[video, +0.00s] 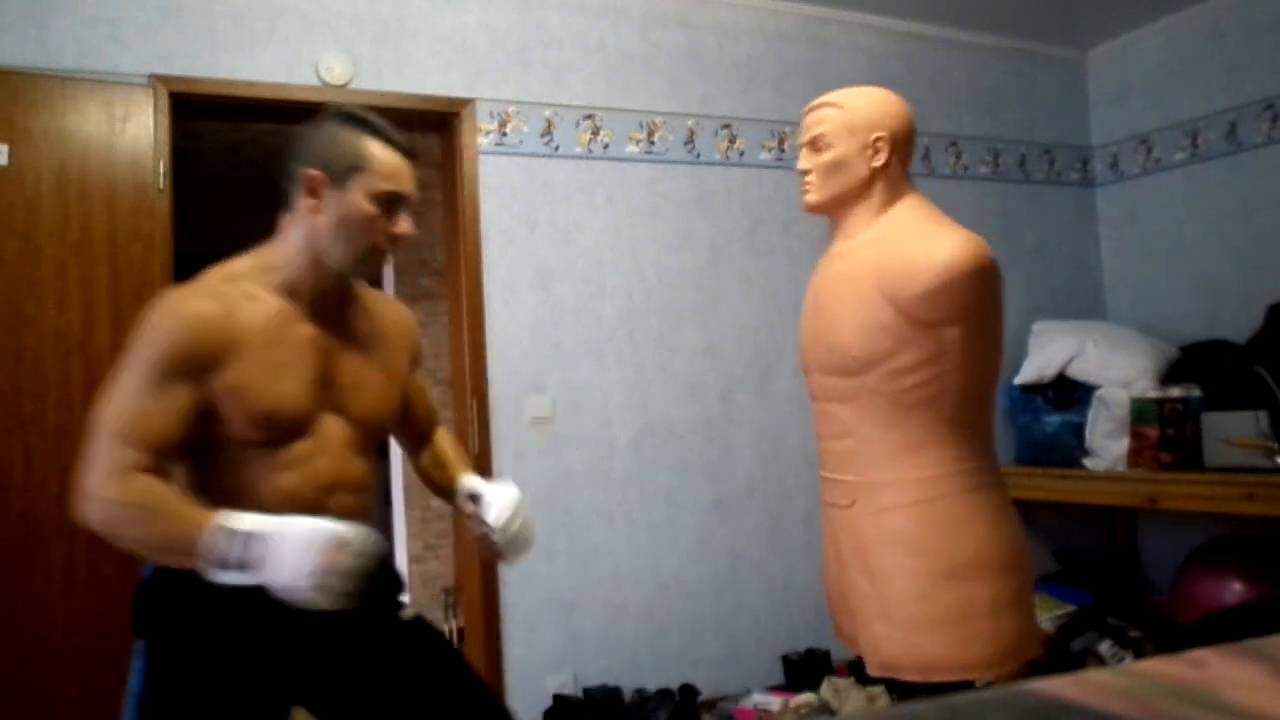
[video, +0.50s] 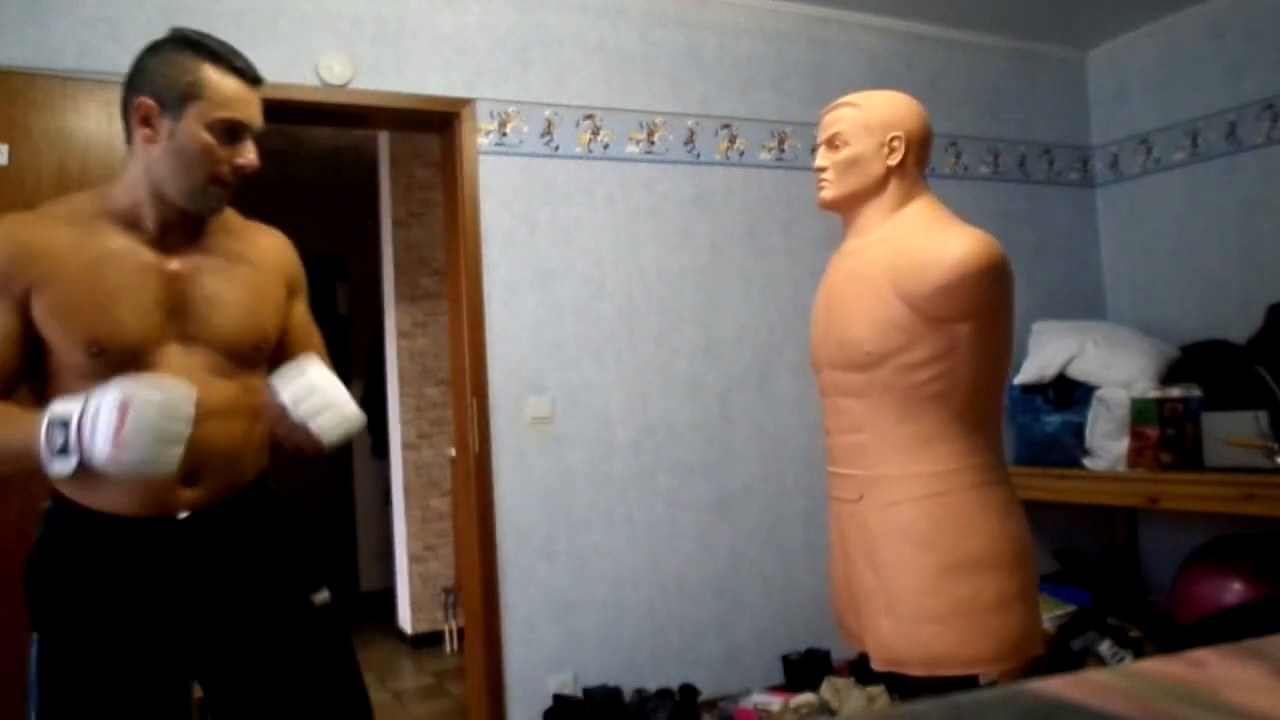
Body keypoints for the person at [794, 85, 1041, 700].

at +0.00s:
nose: (801, 163)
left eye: (818, 145)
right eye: (802, 148)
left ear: (877, 153)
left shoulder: (940, 261)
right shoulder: (841, 257)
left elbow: (964, 437)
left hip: (933, 548)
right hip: (863, 544)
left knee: (959, 705)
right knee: (894, 697)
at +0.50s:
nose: (817, 160)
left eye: (836, 144)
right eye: (819, 146)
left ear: (892, 152)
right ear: (886, 154)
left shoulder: (953, 260)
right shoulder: (851, 258)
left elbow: (973, 427)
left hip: (940, 540)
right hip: (871, 537)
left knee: (964, 702)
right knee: (897, 694)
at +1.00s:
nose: (809, 162)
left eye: (827, 145)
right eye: (810, 147)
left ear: (884, 152)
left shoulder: (946, 260)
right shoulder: (842, 261)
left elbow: (966, 431)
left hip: (936, 540)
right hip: (865, 538)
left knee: (960, 703)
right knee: (894, 695)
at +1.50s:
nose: (812, 160)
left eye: (830, 144)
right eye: (813, 146)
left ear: (887, 152)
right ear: (881, 154)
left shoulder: (949, 261)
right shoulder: (846, 260)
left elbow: (966, 433)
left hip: (937, 544)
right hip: (868, 541)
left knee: (960, 703)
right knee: (897, 696)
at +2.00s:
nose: (815, 170)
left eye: (830, 155)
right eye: (817, 156)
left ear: (883, 160)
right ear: (880, 163)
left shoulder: (930, 254)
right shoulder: (859, 254)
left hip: (933, 520)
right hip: (872, 520)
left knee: (955, 697)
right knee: (900, 690)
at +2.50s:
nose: (800, 166)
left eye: (817, 149)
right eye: (801, 151)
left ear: (874, 156)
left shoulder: (937, 264)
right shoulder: (839, 259)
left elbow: (959, 434)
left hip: (930, 544)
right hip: (864, 541)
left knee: (949, 703)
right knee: (892, 696)